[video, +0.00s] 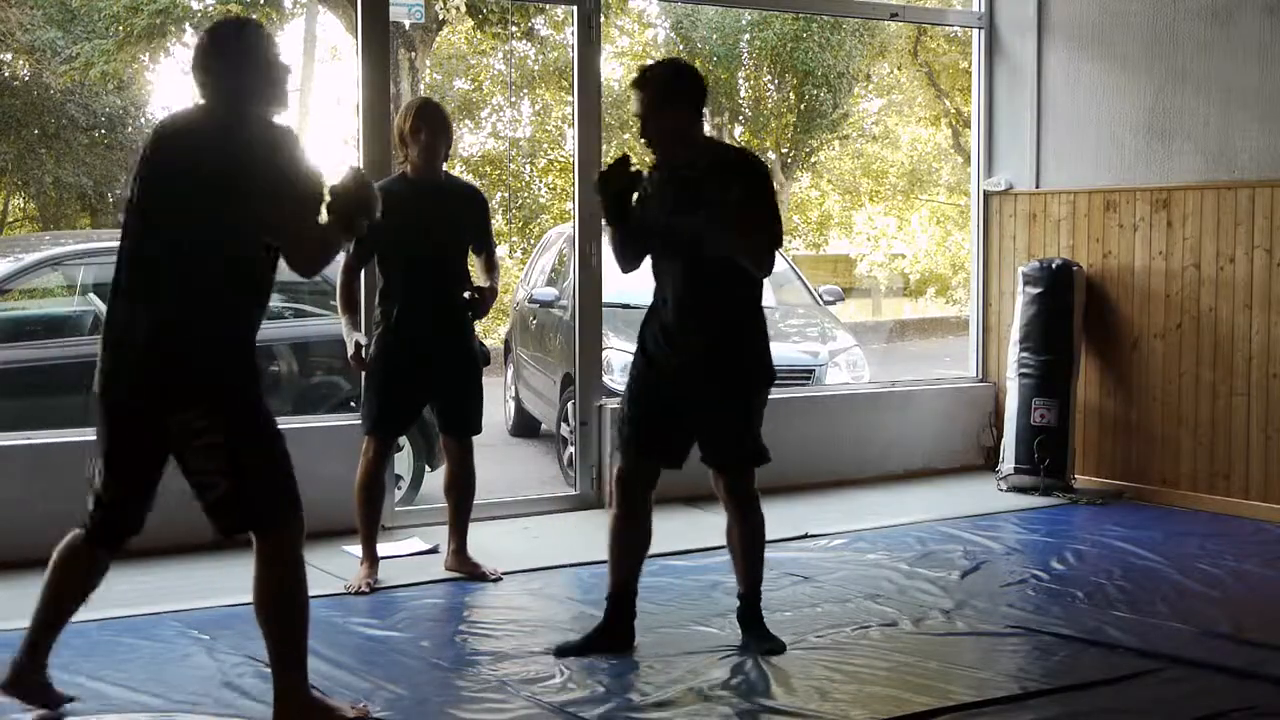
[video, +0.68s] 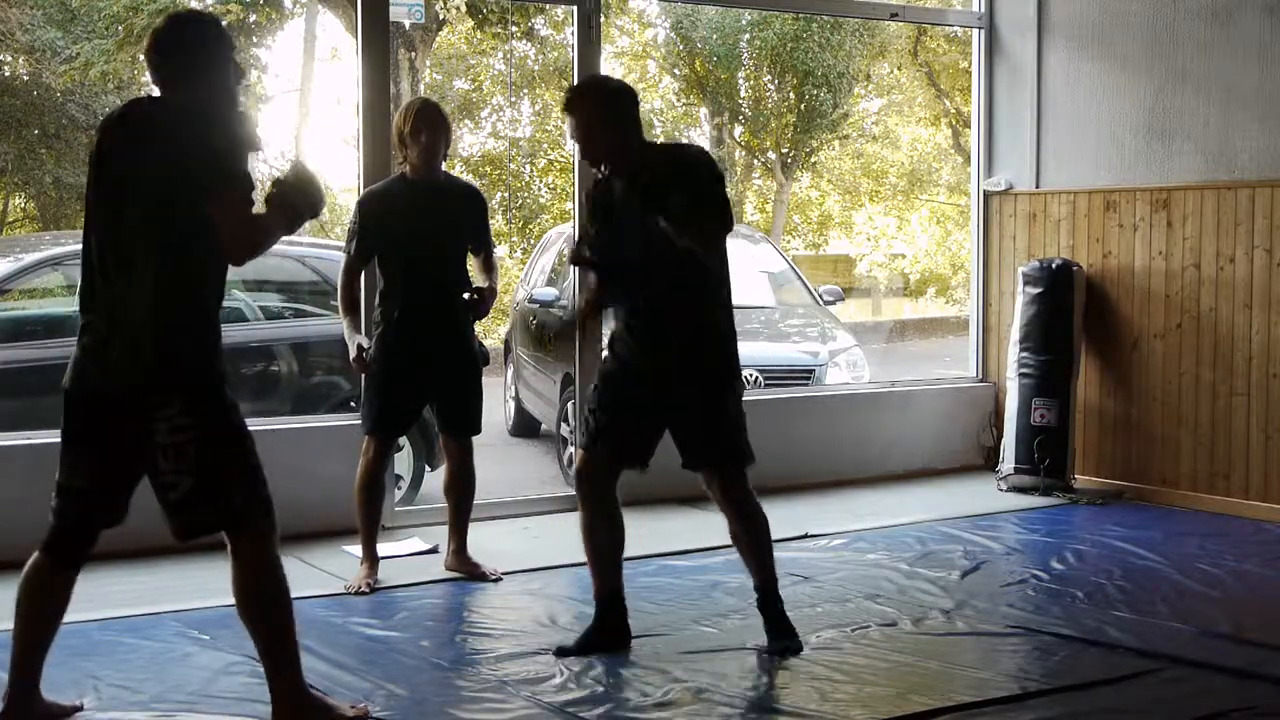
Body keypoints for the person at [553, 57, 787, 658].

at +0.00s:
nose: (641, 128)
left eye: (650, 114)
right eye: (640, 114)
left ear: (684, 112)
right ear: (660, 116)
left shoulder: (743, 169)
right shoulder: (658, 179)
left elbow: (763, 258)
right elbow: (628, 260)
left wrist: (696, 217)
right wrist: (617, 206)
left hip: (731, 347)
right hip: (664, 346)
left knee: (737, 484)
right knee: (631, 481)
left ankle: (752, 617)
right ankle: (618, 624)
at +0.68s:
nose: (578, 146)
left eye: (583, 132)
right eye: (575, 134)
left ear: (617, 122)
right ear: (602, 126)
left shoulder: (690, 165)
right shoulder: (600, 193)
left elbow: (711, 249)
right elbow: (599, 288)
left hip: (701, 353)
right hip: (633, 356)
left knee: (729, 483)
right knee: (592, 474)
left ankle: (773, 610)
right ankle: (610, 620)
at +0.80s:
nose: (586, 156)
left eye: (591, 142)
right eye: (582, 145)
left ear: (626, 130)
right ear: (601, 137)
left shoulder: (701, 171)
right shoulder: (608, 208)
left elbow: (720, 252)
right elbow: (621, 301)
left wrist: (653, 205)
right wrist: (611, 381)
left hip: (713, 363)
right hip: (644, 369)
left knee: (732, 490)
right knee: (587, 472)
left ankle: (769, 615)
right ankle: (609, 620)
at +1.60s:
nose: (621, 156)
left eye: (626, 142)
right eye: (618, 143)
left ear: (662, 133)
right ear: (650, 137)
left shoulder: (737, 170)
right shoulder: (643, 209)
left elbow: (770, 254)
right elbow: (672, 293)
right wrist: (673, 358)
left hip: (765, 352)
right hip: (700, 355)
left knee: (769, 488)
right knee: (652, 477)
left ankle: (775, 613)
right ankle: (614, 612)